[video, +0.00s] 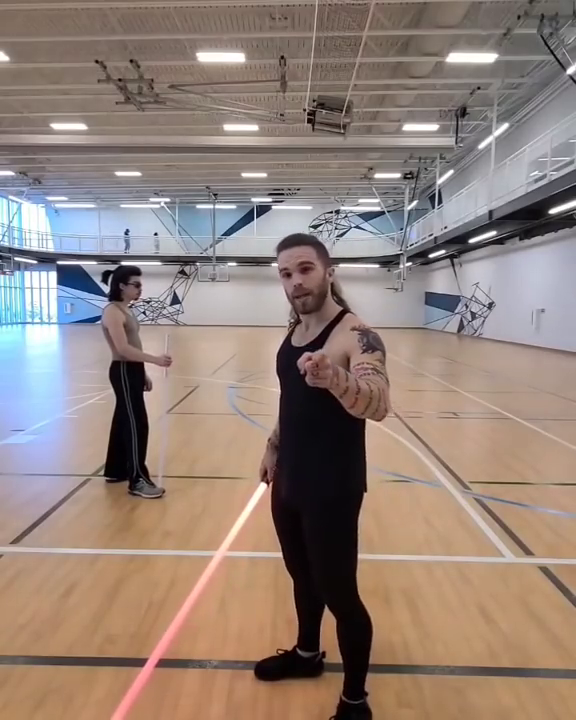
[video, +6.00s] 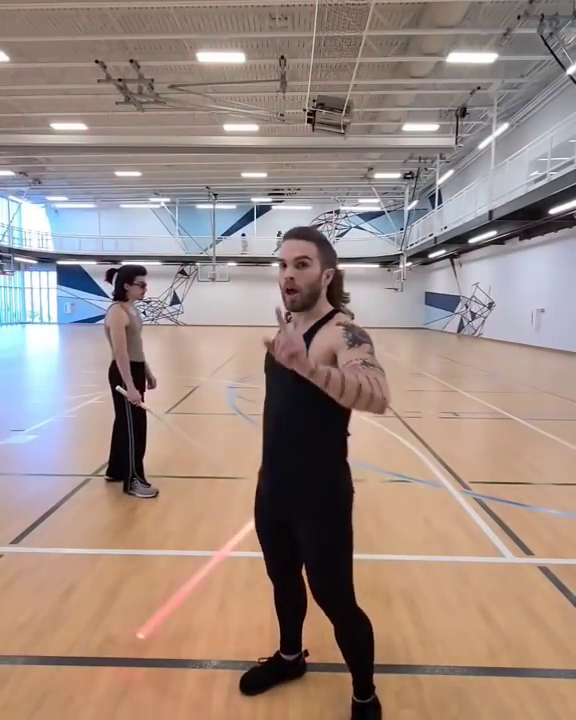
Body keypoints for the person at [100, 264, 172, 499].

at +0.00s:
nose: (139, 289)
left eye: (140, 285)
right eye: (135, 285)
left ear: (130, 287)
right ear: (120, 286)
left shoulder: (125, 310)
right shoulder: (113, 312)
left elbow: (131, 348)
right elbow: (121, 348)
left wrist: (142, 374)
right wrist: (156, 359)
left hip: (131, 370)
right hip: (124, 371)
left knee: (124, 420)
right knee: (138, 424)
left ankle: (115, 469)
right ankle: (137, 480)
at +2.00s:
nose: (138, 295)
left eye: (140, 291)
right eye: (134, 290)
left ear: (136, 289)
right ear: (120, 286)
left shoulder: (126, 309)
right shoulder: (111, 310)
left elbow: (132, 344)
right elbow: (121, 345)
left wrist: (143, 370)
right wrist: (156, 357)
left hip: (131, 368)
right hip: (122, 369)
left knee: (124, 419)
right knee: (138, 422)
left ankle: (116, 469)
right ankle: (138, 478)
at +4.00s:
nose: (139, 289)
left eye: (140, 285)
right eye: (135, 285)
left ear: (130, 287)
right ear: (121, 285)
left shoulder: (128, 309)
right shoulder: (111, 310)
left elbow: (134, 341)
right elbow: (116, 347)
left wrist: (152, 352)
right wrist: (148, 354)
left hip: (131, 366)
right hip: (120, 368)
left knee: (129, 422)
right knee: (121, 423)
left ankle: (123, 468)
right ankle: (114, 477)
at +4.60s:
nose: (139, 288)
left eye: (140, 284)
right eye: (135, 284)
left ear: (132, 287)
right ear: (121, 285)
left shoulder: (125, 309)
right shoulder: (113, 309)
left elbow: (127, 343)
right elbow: (109, 345)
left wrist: (134, 371)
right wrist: (121, 376)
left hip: (131, 371)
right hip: (120, 373)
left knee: (130, 425)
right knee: (120, 426)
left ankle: (125, 468)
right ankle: (114, 476)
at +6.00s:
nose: (144, 289)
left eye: (145, 285)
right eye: (140, 285)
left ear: (133, 287)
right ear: (126, 285)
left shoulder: (131, 309)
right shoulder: (117, 313)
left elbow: (135, 347)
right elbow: (120, 354)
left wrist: (147, 372)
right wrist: (130, 387)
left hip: (134, 370)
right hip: (125, 373)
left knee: (125, 424)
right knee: (136, 426)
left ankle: (116, 469)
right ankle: (133, 479)